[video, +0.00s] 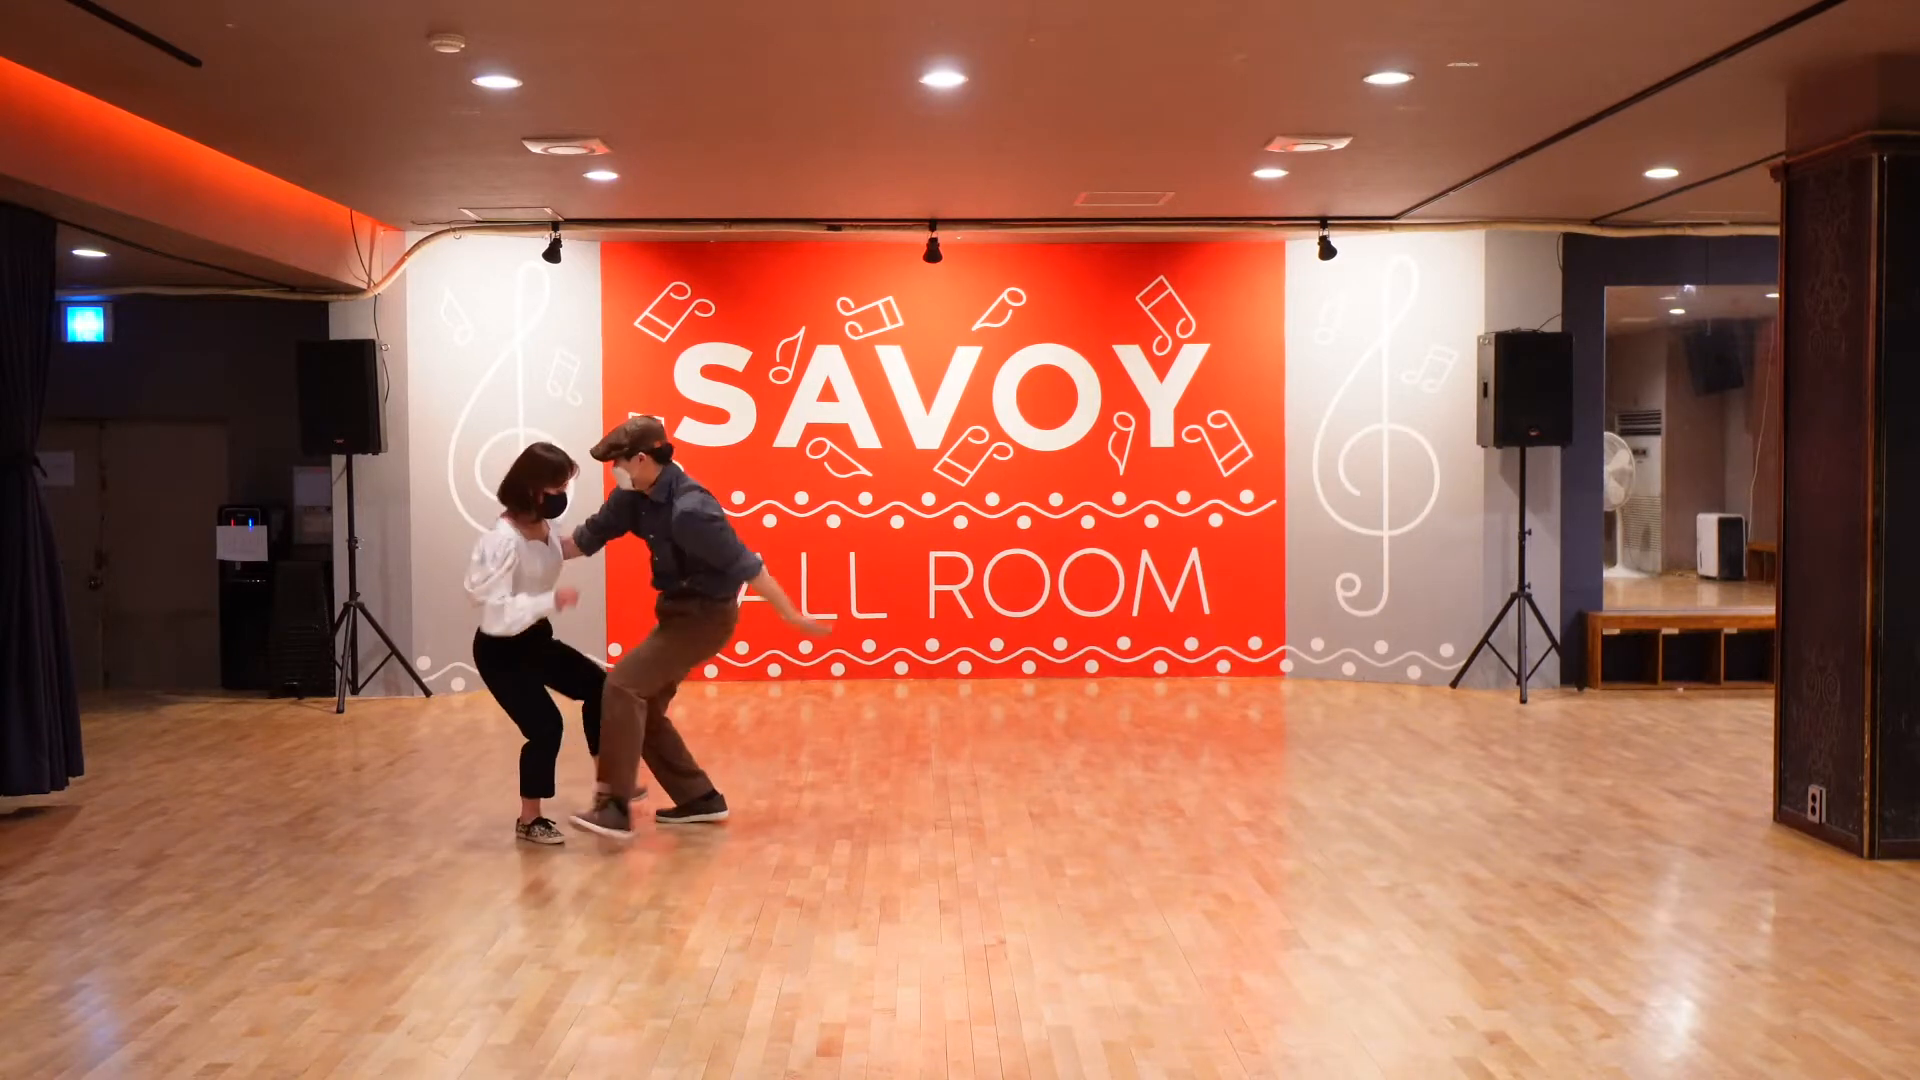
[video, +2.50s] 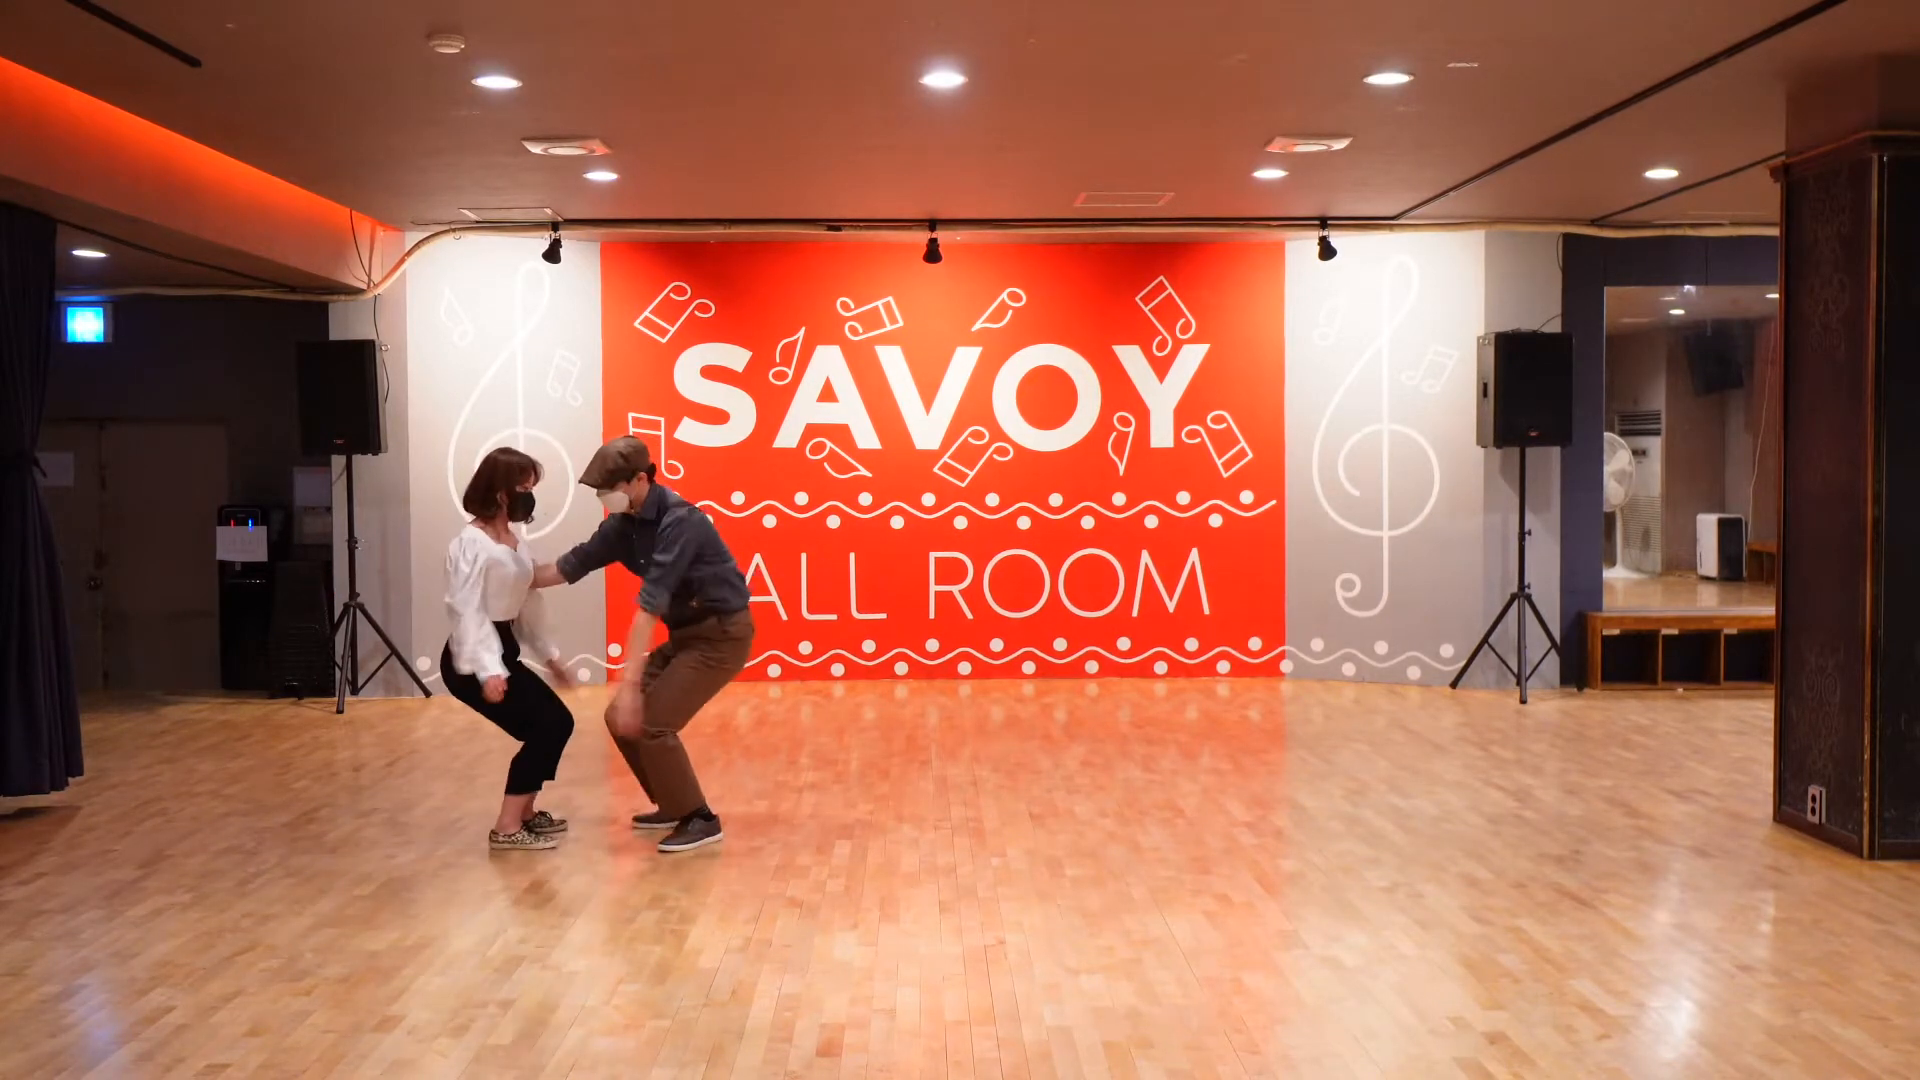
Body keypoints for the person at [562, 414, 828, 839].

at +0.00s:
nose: (616, 470)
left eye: (622, 462)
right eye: (615, 462)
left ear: (645, 460)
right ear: (638, 461)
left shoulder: (690, 509)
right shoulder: (631, 497)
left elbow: (752, 568)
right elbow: (580, 541)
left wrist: (795, 618)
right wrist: (529, 538)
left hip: (707, 617)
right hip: (676, 614)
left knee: (622, 686)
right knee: (644, 711)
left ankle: (614, 807)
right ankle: (700, 798)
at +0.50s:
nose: (626, 497)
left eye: (633, 488)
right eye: (624, 488)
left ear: (664, 477)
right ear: (656, 479)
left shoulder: (704, 519)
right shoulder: (646, 522)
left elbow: (730, 595)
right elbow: (592, 560)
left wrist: (679, 644)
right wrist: (534, 558)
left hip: (724, 636)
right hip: (693, 633)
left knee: (641, 726)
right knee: (624, 715)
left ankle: (698, 823)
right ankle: (699, 794)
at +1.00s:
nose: (620, 495)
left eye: (626, 486)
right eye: (617, 487)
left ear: (656, 478)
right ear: (649, 480)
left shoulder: (690, 513)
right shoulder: (647, 515)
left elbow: (630, 562)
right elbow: (601, 551)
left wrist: (546, 562)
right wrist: (537, 553)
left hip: (735, 635)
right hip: (701, 632)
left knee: (653, 719)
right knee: (624, 691)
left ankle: (701, 823)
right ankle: (662, 785)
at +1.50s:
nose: (614, 492)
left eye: (622, 483)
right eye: (613, 483)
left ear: (649, 480)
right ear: (637, 481)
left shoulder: (696, 519)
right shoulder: (625, 513)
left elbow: (761, 546)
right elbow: (572, 542)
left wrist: (806, 577)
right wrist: (527, 557)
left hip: (707, 630)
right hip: (669, 629)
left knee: (659, 720)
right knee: (624, 719)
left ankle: (610, 825)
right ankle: (692, 797)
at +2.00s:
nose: (611, 508)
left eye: (617, 499)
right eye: (606, 501)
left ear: (645, 485)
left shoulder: (689, 512)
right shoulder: (626, 525)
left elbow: (679, 570)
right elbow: (567, 567)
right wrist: (509, 562)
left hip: (731, 633)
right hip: (691, 631)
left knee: (656, 721)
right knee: (616, 682)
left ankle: (701, 816)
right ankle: (652, 776)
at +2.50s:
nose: (603, 500)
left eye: (609, 490)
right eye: (600, 492)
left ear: (638, 481)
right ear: (626, 485)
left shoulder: (680, 521)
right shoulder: (622, 526)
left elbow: (650, 609)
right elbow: (564, 569)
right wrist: (503, 575)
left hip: (722, 636)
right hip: (686, 637)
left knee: (650, 723)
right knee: (621, 716)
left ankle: (700, 818)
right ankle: (675, 806)